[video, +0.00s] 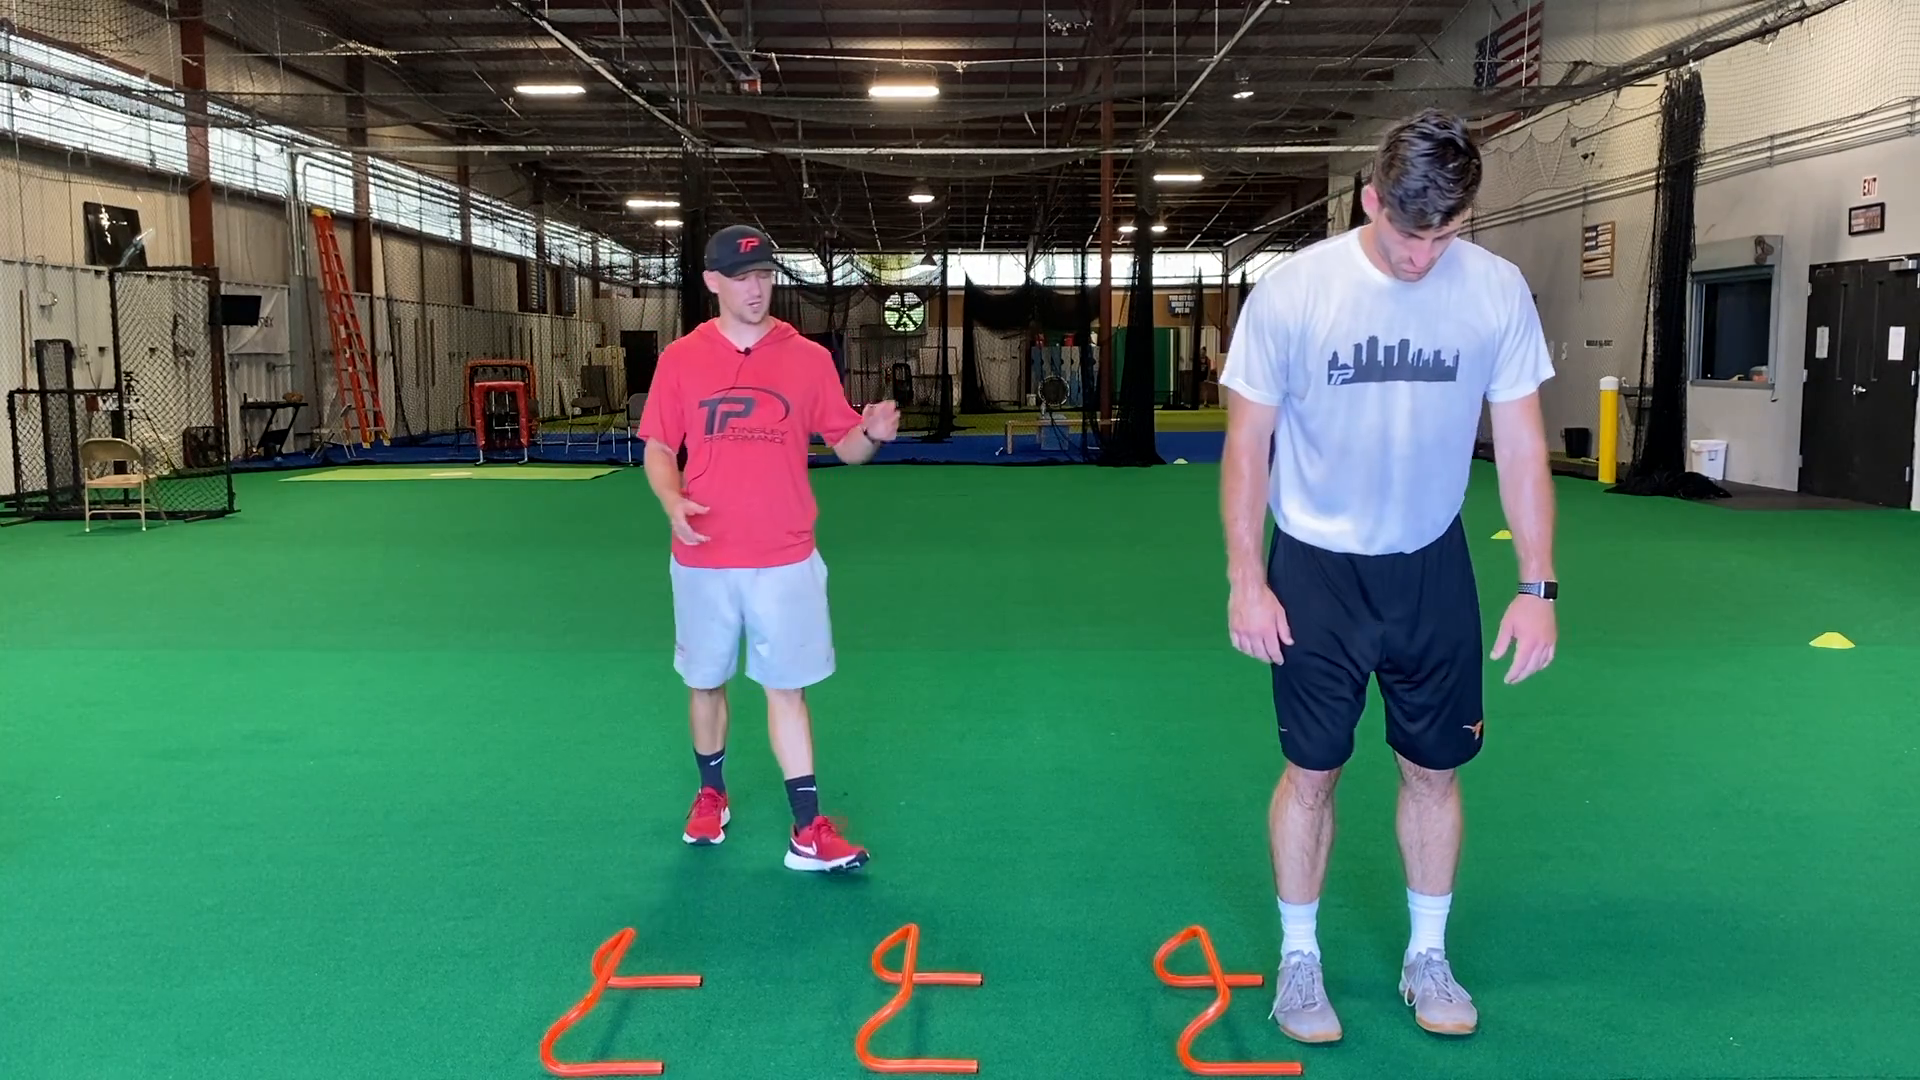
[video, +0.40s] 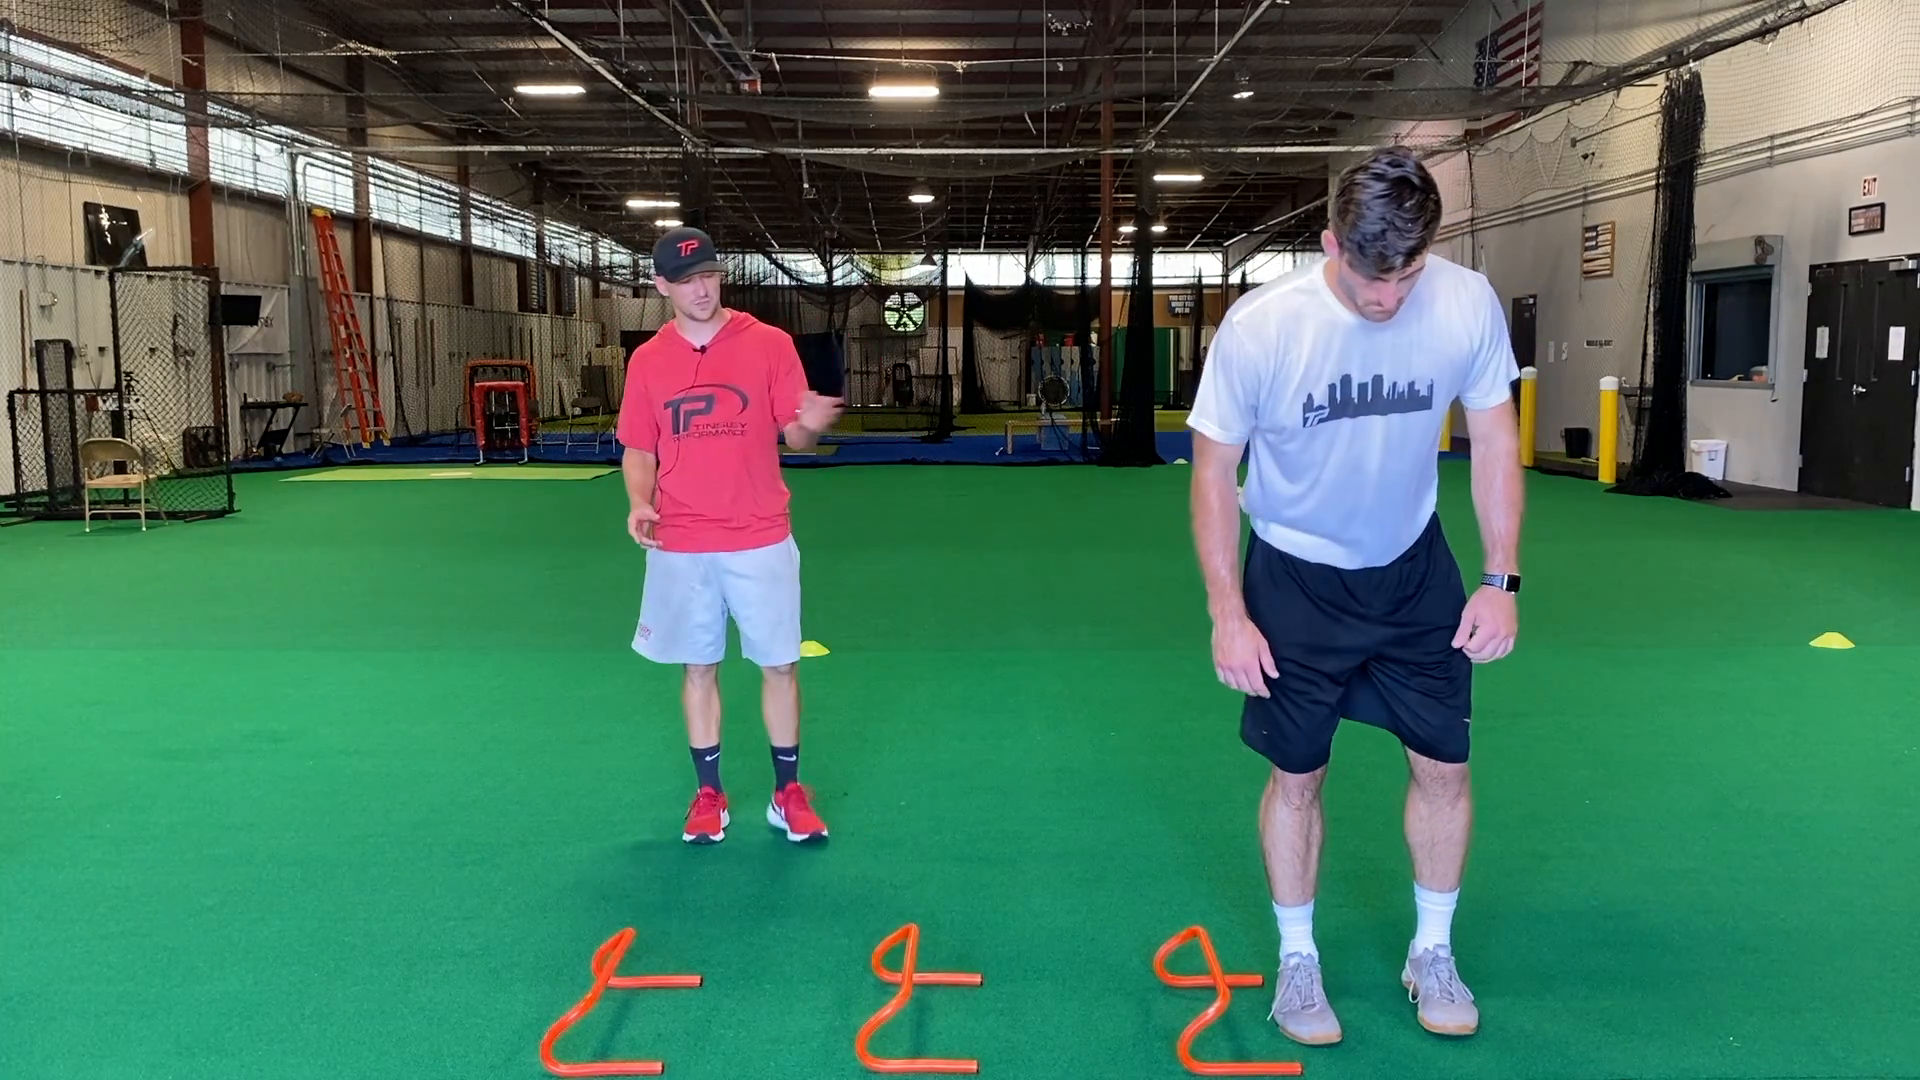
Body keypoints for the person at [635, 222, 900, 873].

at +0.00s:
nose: (756, 286)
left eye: (764, 274)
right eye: (742, 275)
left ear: (775, 278)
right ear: (713, 282)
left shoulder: (807, 359)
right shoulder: (681, 360)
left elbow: (848, 449)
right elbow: (658, 447)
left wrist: (872, 433)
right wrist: (672, 500)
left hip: (785, 556)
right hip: (703, 557)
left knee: (787, 685)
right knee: (704, 680)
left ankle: (808, 827)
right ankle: (710, 796)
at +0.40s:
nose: (702, 287)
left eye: (708, 273)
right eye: (687, 279)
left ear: (722, 275)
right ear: (663, 286)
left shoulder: (769, 343)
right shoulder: (648, 361)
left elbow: (796, 441)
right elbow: (639, 447)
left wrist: (812, 425)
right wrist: (640, 501)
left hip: (761, 537)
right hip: (683, 544)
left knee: (780, 664)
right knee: (699, 665)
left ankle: (789, 791)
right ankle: (709, 794)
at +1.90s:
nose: (713, 292)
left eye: (723, 282)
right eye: (702, 283)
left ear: (742, 287)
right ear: (685, 289)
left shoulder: (760, 349)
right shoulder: (656, 351)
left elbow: (782, 435)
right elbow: (632, 432)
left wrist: (755, 505)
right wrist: (666, 495)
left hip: (744, 525)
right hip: (671, 526)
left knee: (745, 641)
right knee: (656, 640)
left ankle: (753, 754)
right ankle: (638, 751)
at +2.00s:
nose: (700, 297)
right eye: (687, 281)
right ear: (669, 287)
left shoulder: (759, 356)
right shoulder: (643, 350)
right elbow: (618, 434)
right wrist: (658, 496)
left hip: (730, 526)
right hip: (659, 522)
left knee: (737, 646)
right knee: (649, 637)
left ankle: (750, 752)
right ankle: (637, 750)